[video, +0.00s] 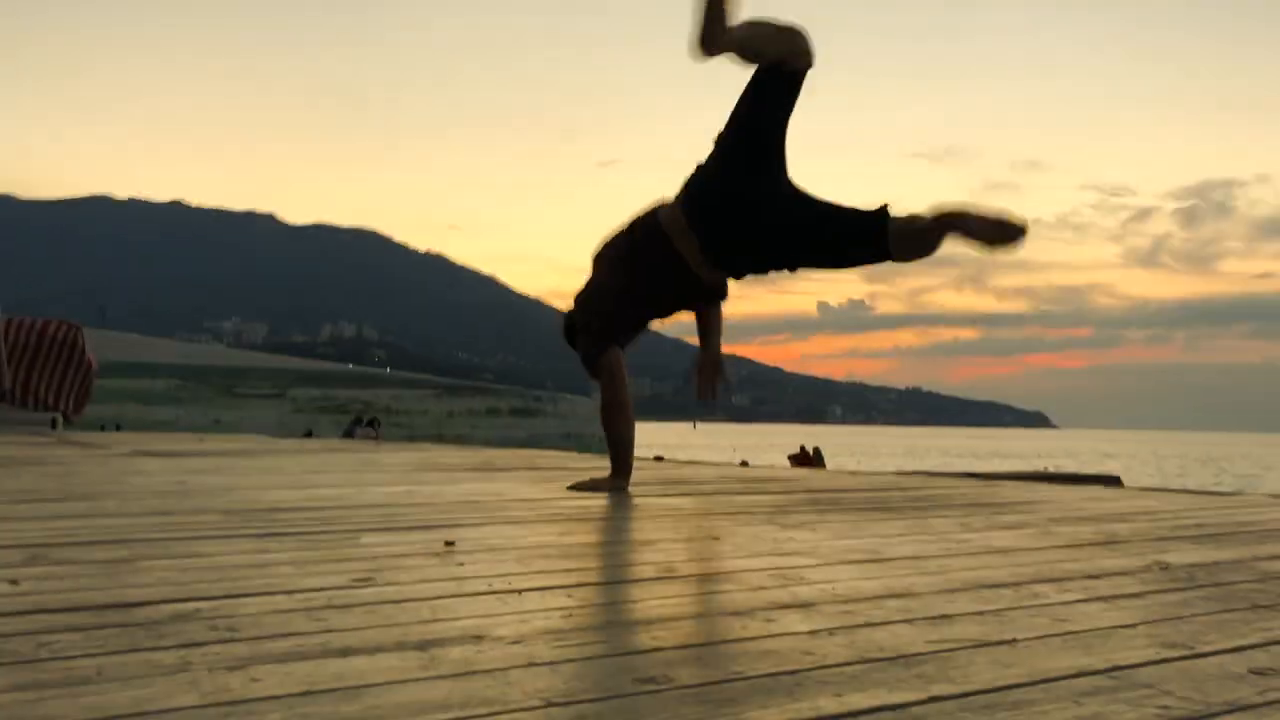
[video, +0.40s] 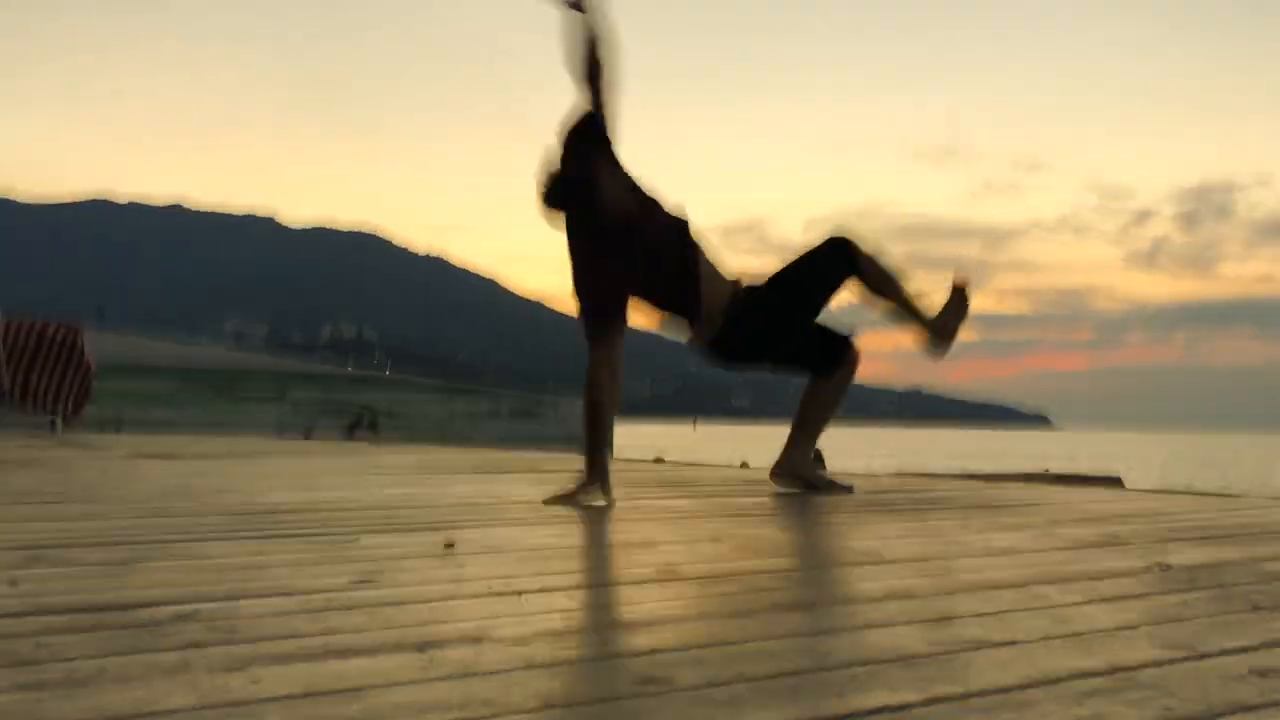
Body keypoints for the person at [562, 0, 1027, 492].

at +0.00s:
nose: (597, 357)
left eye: (586, 352)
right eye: (592, 351)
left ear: (579, 331)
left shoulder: (589, 321)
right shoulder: (633, 267)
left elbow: (615, 398)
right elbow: (704, 280)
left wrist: (618, 477)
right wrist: (711, 356)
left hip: (743, 239)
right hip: (729, 183)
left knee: (894, 240)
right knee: (793, 54)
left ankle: (952, 223)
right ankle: (719, 37)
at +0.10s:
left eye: (574, 290)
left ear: (564, 287)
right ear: (563, 242)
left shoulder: (601, 299)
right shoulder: (584, 195)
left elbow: (620, 389)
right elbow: (636, 130)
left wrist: (618, 471)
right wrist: (696, 167)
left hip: (746, 233)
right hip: (740, 166)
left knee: (876, 273)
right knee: (836, 64)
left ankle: (919, 381)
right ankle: (920, 35)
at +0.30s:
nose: (582, 147)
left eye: (573, 142)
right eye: (570, 146)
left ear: (569, 163)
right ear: (561, 167)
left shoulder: (609, 194)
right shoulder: (591, 209)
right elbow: (580, 244)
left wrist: (655, 192)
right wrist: (574, 238)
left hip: (767, 281)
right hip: (763, 288)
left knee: (863, 350)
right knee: (866, 207)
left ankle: (802, 455)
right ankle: (971, 255)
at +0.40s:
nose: (614, 175)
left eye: (606, 167)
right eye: (606, 175)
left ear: (594, 173)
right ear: (588, 190)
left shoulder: (601, 177)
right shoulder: (597, 264)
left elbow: (595, 89)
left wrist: (584, 21)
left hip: (748, 302)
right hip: (735, 334)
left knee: (843, 252)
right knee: (837, 356)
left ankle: (930, 327)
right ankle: (796, 461)